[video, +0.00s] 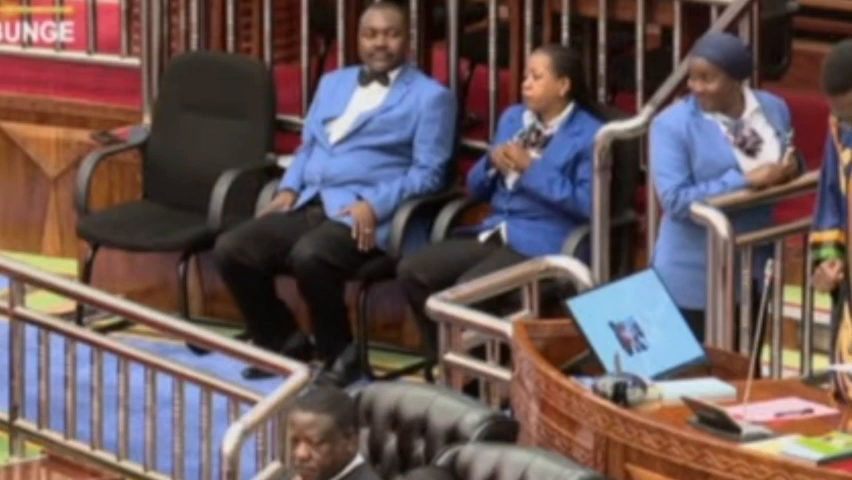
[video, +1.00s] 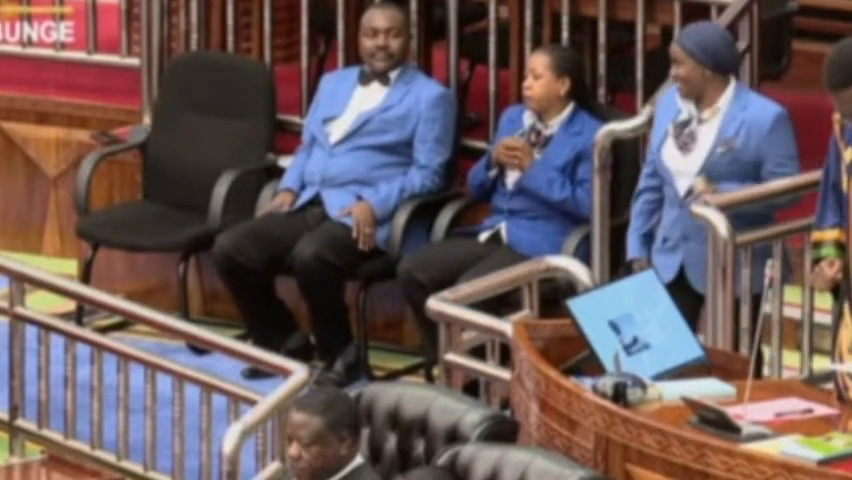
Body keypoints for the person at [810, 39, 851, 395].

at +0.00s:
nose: (838, 118)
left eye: (844, 109)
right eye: (835, 110)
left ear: (851, 97)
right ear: (829, 99)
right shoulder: (836, 131)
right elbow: (829, 194)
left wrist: (831, 254)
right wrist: (829, 250)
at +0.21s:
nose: (838, 118)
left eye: (844, 109)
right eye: (835, 110)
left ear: (851, 97)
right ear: (829, 99)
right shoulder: (836, 131)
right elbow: (829, 194)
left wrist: (831, 254)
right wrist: (829, 250)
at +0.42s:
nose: (840, 119)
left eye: (845, 110)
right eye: (836, 110)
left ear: (851, 96)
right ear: (831, 99)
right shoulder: (837, 133)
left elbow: (829, 195)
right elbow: (830, 194)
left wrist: (832, 253)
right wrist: (829, 250)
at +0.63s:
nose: (842, 117)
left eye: (846, 108)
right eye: (839, 108)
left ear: (850, 95)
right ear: (832, 99)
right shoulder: (838, 138)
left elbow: (831, 195)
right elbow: (832, 195)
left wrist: (831, 252)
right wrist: (829, 249)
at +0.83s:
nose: (841, 117)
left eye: (846, 107)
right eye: (838, 107)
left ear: (850, 96)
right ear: (831, 99)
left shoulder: (839, 140)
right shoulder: (838, 140)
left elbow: (831, 195)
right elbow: (832, 195)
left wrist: (831, 253)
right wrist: (829, 250)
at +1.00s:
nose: (841, 115)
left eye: (846, 105)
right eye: (838, 106)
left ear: (851, 94)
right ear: (832, 97)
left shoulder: (840, 137)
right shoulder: (839, 137)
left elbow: (831, 195)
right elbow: (831, 195)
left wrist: (831, 253)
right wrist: (829, 250)